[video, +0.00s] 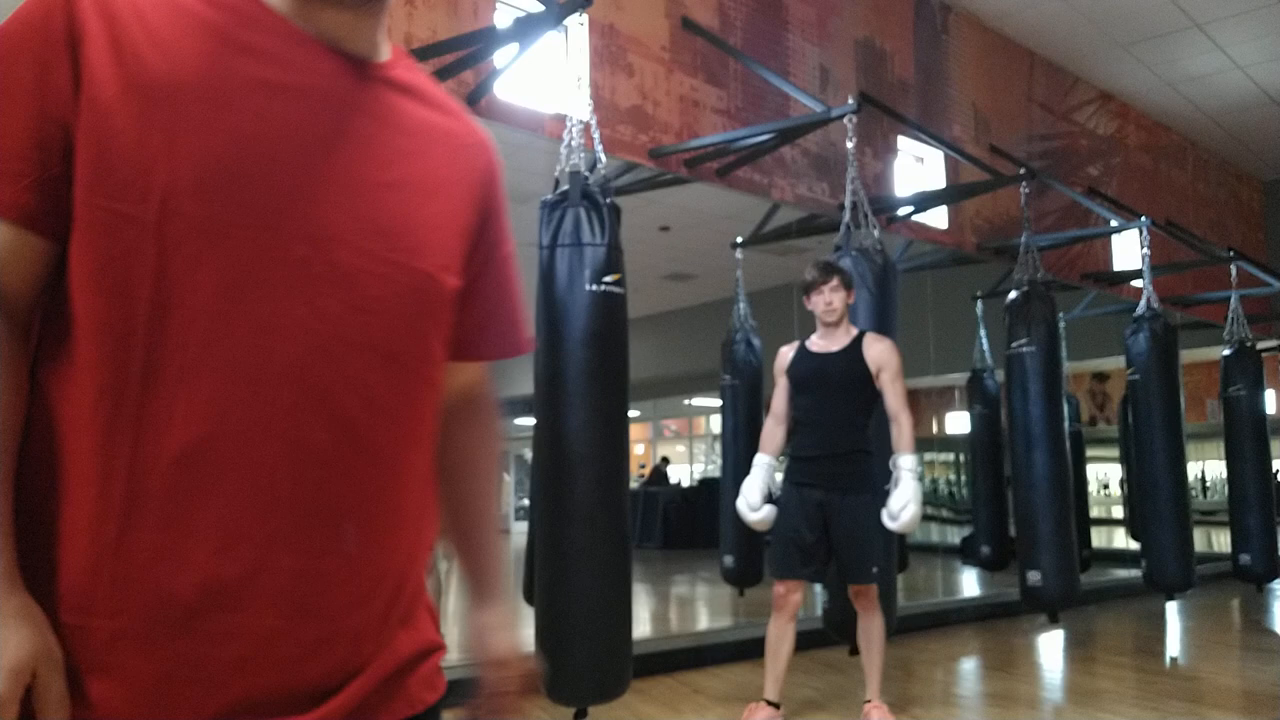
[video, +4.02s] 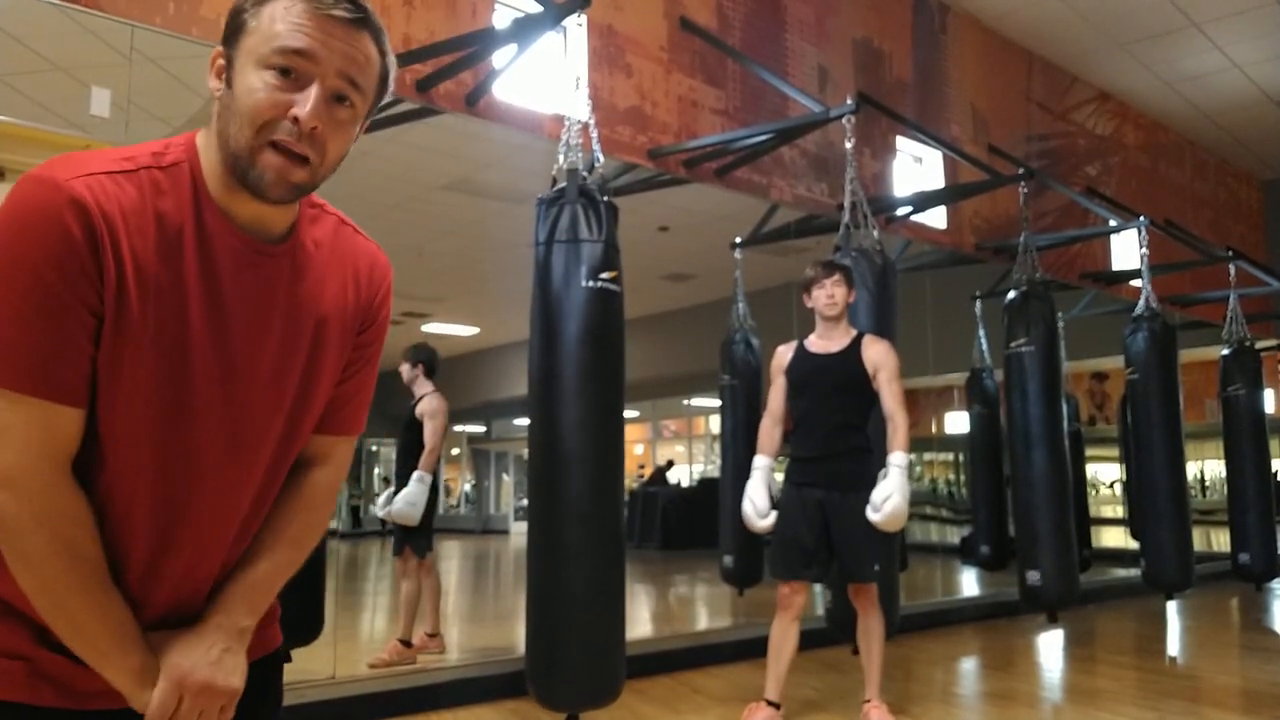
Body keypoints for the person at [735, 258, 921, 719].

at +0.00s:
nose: (827, 299)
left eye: (835, 290)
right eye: (819, 292)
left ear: (850, 296)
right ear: (807, 300)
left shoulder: (877, 349)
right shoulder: (790, 356)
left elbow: (899, 418)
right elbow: (776, 420)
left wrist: (907, 477)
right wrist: (759, 475)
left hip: (860, 492)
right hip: (801, 491)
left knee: (865, 596)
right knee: (784, 596)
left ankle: (873, 701)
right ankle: (769, 703)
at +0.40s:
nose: (816, 294)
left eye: (823, 286)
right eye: (808, 289)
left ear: (839, 292)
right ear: (797, 299)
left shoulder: (866, 344)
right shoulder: (783, 356)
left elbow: (894, 410)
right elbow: (773, 423)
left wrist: (880, 441)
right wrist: (760, 481)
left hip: (852, 489)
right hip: (797, 489)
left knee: (863, 596)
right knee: (789, 597)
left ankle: (873, 699)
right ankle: (771, 701)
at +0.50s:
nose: (815, 295)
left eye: (822, 288)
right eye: (807, 290)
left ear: (838, 294)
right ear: (796, 299)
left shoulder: (865, 346)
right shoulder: (781, 357)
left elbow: (902, 416)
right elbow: (771, 424)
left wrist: (876, 394)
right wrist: (758, 485)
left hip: (850, 491)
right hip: (795, 492)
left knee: (862, 597)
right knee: (787, 599)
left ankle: (872, 700)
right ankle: (770, 702)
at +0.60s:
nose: (815, 296)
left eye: (823, 289)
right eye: (807, 290)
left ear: (839, 297)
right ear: (796, 300)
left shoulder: (856, 344)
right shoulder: (780, 357)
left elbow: (906, 399)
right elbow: (770, 424)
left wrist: (882, 330)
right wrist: (757, 484)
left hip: (849, 491)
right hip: (796, 493)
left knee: (861, 598)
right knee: (787, 601)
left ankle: (872, 702)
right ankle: (769, 704)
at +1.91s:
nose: (812, 289)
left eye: (821, 282)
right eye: (806, 284)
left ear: (842, 292)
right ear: (799, 298)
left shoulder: (868, 346)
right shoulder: (787, 355)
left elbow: (923, 399)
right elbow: (776, 423)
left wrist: (882, 392)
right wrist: (759, 480)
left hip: (852, 493)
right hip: (798, 493)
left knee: (863, 597)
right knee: (788, 599)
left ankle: (873, 701)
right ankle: (770, 703)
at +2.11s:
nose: (815, 288)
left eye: (824, 282)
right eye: (809, 284)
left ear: (844, 294)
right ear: (802, 299)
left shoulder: (871, 349)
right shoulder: (786, 355)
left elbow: (902, 411)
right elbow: (771, 420)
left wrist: (906, 463)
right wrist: (755, 475)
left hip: (857, 492)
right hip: (801, 492)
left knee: (864, 597)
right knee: (789, 599)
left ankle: (872, 700)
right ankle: (770, 702)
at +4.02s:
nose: (830, 293)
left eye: (837, 286)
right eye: (822, 287)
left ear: (851, 295)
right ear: (808, 298)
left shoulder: (875, 350)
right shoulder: (787, 355)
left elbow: (896, 417)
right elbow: (773, 420)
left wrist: (897, 471)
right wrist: (760, 475)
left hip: (859, 491)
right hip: (801, 491)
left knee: (865, 596)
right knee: (788, 597)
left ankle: (872, 700)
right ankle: (770, 702)